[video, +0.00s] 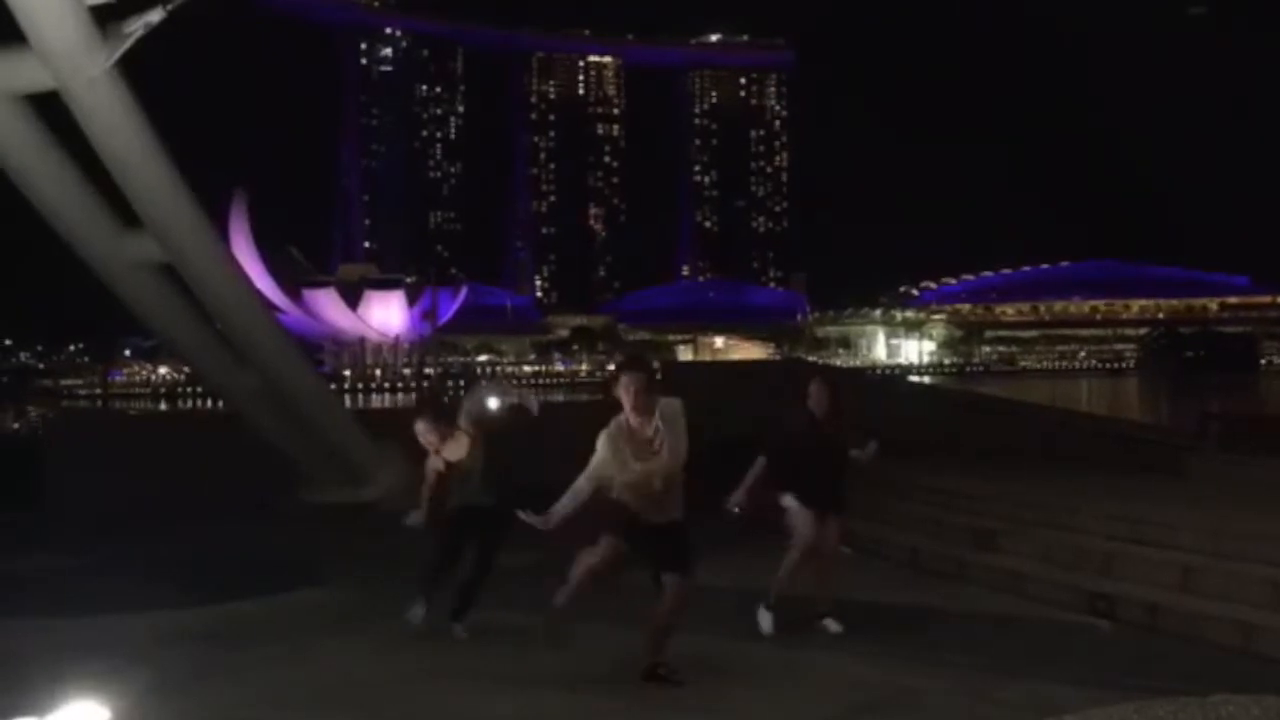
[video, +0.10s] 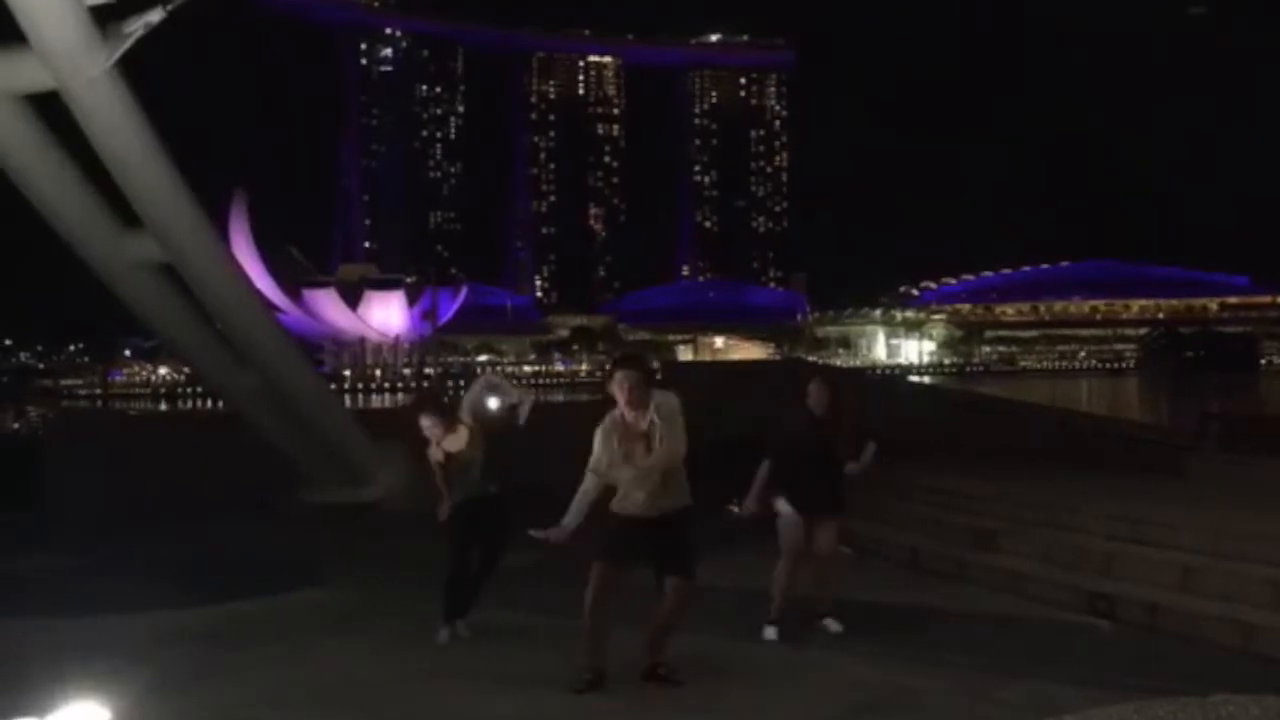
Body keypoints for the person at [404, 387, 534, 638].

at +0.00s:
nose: (424, 440)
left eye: (427, 432)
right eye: (420, 435)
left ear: (440, 427)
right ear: (419, 438)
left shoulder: (470, 432)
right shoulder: (436, 463)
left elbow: (480, 396)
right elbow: (428, 491)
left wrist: (519, 396)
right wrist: (422, 513)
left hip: (489, 506)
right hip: (457, 511)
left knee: (480, 565)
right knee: (444, 555)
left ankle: (458, 618)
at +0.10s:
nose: (428, 433)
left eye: (431, 426)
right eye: (424, 429)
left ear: (444, 421)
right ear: (423, 430)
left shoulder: (468, 422)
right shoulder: (437, 453)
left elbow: (487, 380)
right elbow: (442, 484)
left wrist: (518, 395)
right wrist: (445, 503)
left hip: (488, 499)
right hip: (461, 507)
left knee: (488, 559)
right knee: (458, 561)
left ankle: (462, 615)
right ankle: (447, 620)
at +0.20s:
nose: (436, 428)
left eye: (439, 421)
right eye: (431, 423)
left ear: (451, 417)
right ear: (430, 425)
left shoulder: (474, 417)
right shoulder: (442, 446)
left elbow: (499, 394)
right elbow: (455, 479)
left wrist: (518, 433)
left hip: (494, 499)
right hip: (465, 503)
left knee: (497, 557)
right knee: (456, 560)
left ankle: (487, 612)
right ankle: (446, 620)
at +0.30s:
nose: (444, 429)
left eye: (448, 424)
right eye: (440, 425)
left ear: (460, 423)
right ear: (439, 425)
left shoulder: (476, 436)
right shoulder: (446, 444)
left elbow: (501, 451)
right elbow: (446, 452)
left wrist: (493, 487)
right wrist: (446, 437)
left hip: (491, 501)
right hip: (463, 502)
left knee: (499, 560)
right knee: (455, 556)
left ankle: (502, 618)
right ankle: (452, 608)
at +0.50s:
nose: (457, 436)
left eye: (461, 431)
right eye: (454, 432)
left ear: (471, 433)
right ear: (450, 435)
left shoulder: (472, 456)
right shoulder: (458, 455)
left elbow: (437, 466)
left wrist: (435, 431)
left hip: (492, 511)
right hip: (467, 509)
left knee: (498, 564)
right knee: (457, 551)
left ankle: (502, 619)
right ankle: (470, 588)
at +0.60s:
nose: (456, 432)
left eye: (461, 426)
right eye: (452, 427)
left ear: (470, 428)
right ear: (446, 429)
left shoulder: (469, 449)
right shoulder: (452, 449)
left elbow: (432, 460)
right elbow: (433, 458)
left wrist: (432, 424)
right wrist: (432, 421)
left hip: (485, 508)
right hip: (462, 508)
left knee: (490, 563)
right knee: (452, 554)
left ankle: (503, 616)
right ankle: (470, 601)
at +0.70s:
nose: (454, 435)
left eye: (460, 430)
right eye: (451, 429)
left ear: (471, 435)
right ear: (445, 431)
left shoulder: (467, 459)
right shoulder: (458, 458)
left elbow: (439, 488)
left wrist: (409, 467)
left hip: (470, 515)